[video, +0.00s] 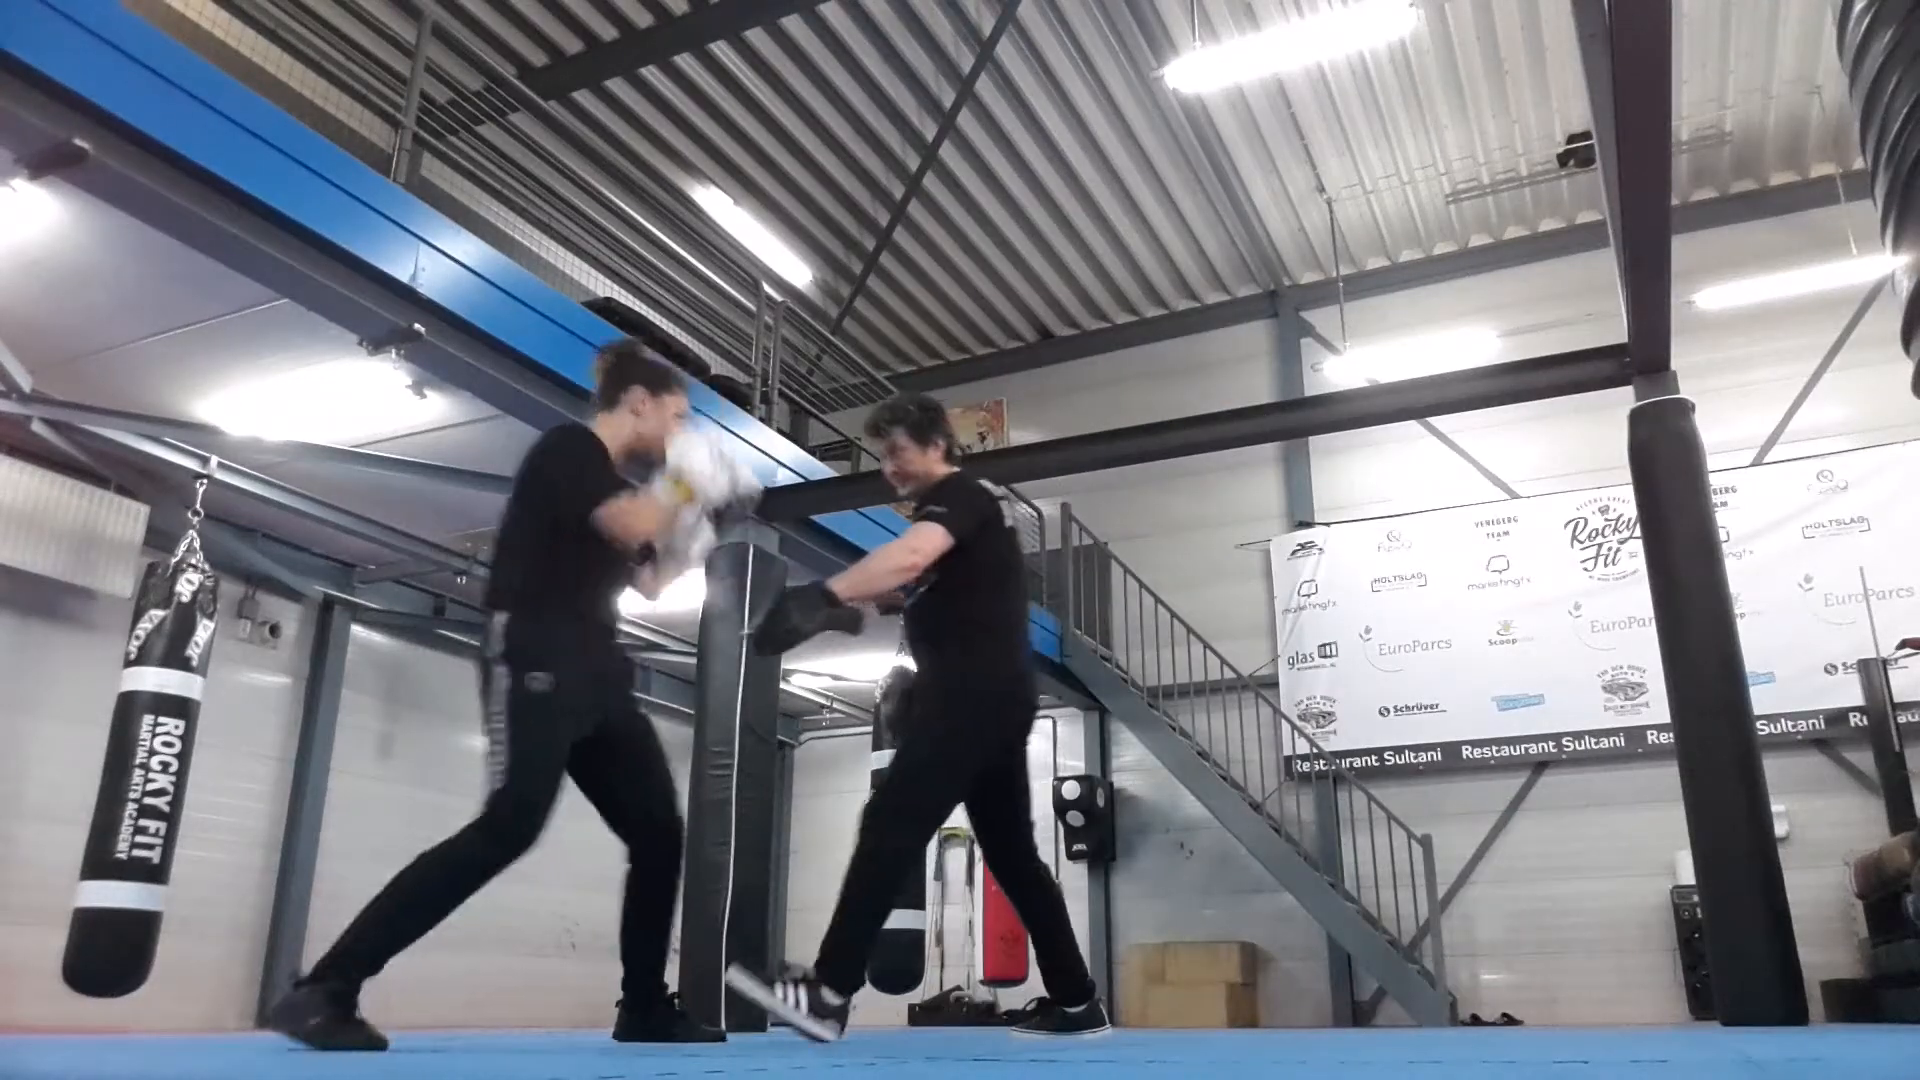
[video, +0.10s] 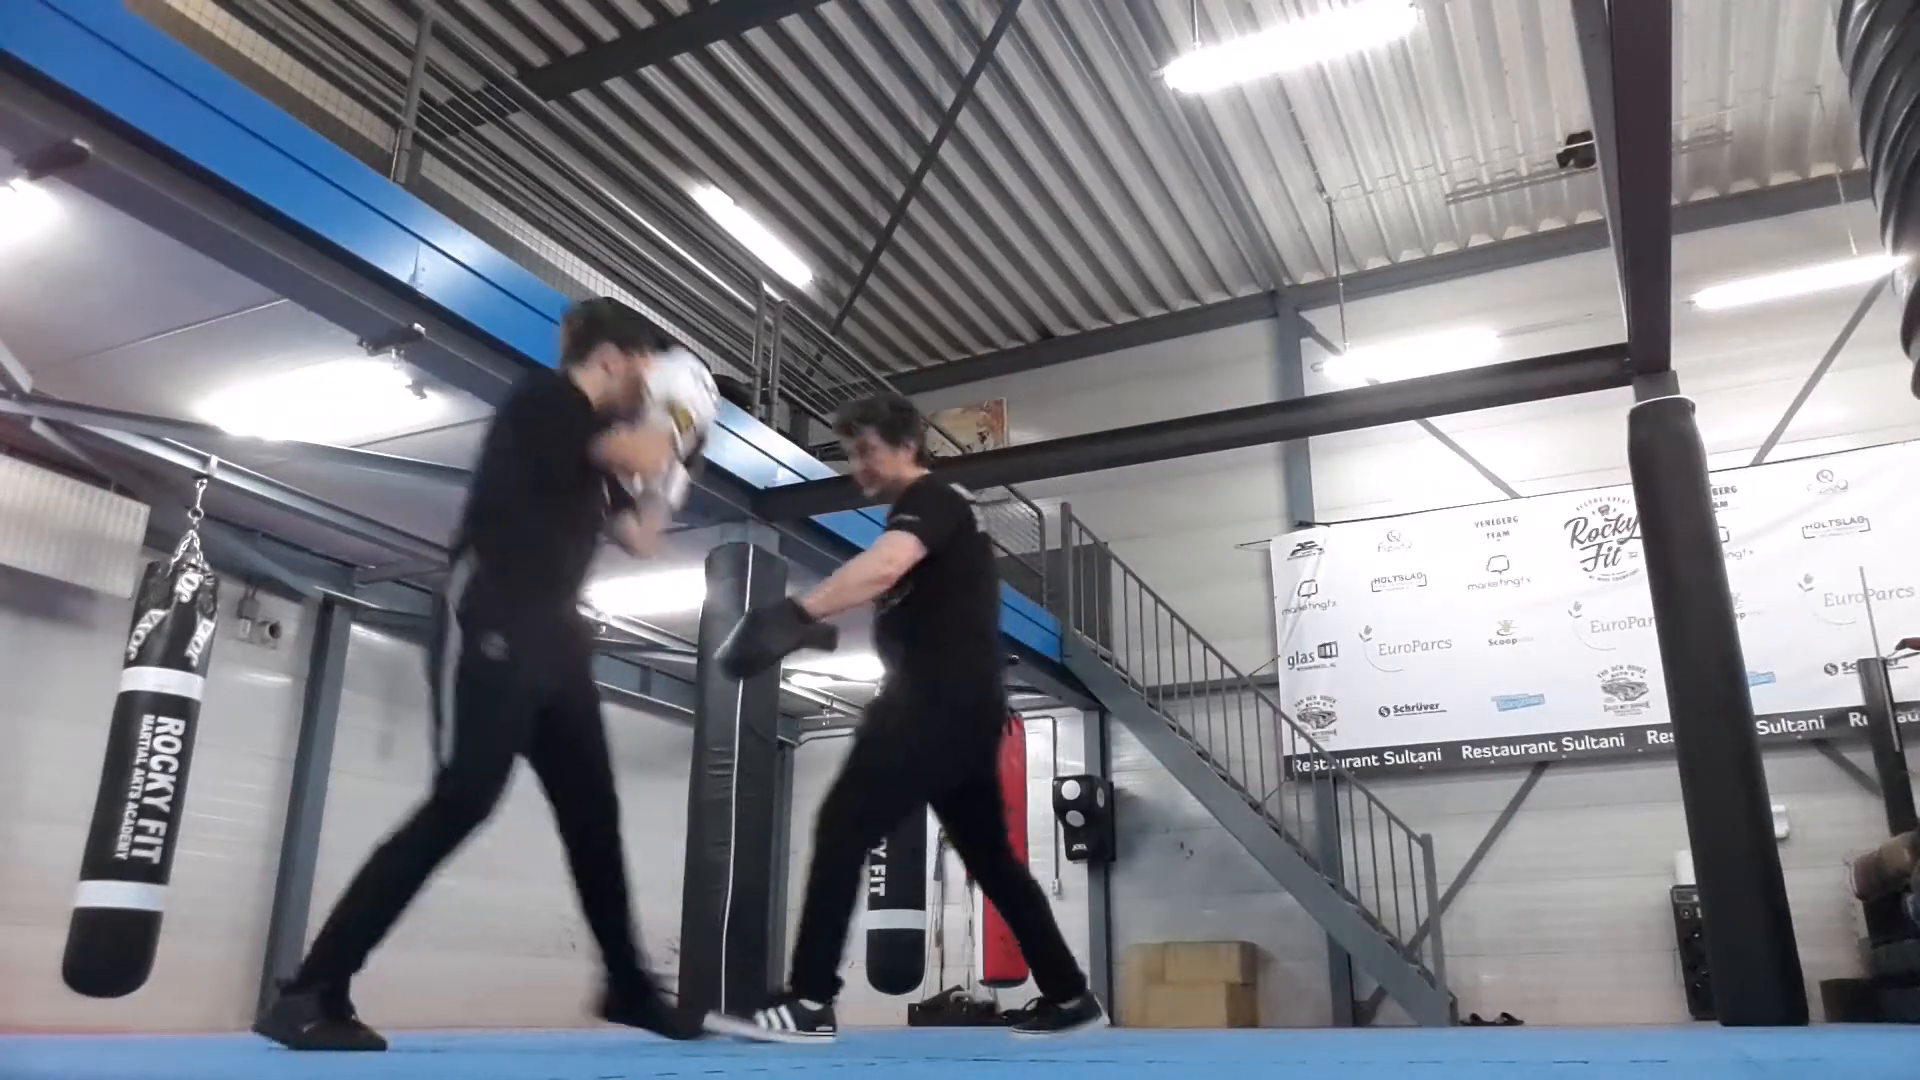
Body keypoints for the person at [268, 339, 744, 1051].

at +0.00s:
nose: (678, 431)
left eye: (682, 419)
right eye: (676, 415)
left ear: (635, 408)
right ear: (637, 401)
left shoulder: (612, 479)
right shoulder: (571, 447)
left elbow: (650, 583)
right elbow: (627, 524)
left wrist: (680, 521)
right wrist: (679, 484)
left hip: (589, 663)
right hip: (534, 655)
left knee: (658, 834)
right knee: (508, 827)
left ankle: (646, 1007)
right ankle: (325, 989)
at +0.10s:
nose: (643, 386)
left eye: (647, 375)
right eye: (640, 370)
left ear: (600, 362)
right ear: (606, 357)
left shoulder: (579, 431)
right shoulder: (547, 400)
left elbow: (635, 535)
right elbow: (630, 456)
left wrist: (661, 464)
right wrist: (674, 421)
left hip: (552, 626)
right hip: (500, 615)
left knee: (589, 810)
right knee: (465, 795)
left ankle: (629, 986)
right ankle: (314, 989)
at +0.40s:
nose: (568, 341)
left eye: (571, 326)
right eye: (565, 321)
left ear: (520, 307)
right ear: (521, 304)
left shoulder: (491, 392)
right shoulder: (450, 344)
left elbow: (481, 528)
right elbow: (494, 442)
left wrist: (586, 506)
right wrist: (567, 414)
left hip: (433, 604)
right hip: (387, 581)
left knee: (468, 812)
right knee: (320, 759)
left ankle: (357, 1002)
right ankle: (88, 946)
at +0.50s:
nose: (534, 356)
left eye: (536, 339)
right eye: (531, 334)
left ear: (483, 320)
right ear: (489, 314)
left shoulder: (445, 393)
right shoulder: (414, 347)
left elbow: (420, 503)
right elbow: (431, 462)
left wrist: (521, 525)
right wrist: (518, 439)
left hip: (382, 625)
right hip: (326, 603)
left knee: (446, 818)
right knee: (250, 793)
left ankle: (356, 1004)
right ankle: (22, 971)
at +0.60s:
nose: (516, 319)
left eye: (519, 303)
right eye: (513, 298)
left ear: (467, 284)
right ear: (472, 277)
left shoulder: (426, 362)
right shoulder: (379, 298)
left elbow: (370, 482)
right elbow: (394, 395)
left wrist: (462, 498)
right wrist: (491, 385)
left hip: (350, 584)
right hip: (285, 557)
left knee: (390, 779)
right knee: (208, 750)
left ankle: (361, 985)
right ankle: (16, 970)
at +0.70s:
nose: (496, 269)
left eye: (501, 256)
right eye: (495, 248)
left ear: (462, 236)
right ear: (455, 220)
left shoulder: (420, 309)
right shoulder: (379, 229)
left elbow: (363, 433)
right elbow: (374, 305)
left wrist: (463, 440)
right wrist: (474, 322)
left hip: (324, 512)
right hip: (258, 476)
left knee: (362, 723)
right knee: (192, 698)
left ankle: (318, 960)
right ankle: (20, 956)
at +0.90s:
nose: (442, 261)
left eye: (447, 249)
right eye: (441, 241)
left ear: (392, 222)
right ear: (398, 210)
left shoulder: (354, 301)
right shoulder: (331, 225)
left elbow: (387, 450)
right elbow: (398, 317)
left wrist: (489, 400)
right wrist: (471, 303)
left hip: (262, 520)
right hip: (208, 487)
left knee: (310, 765)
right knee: (154, 726)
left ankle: (199, 999)